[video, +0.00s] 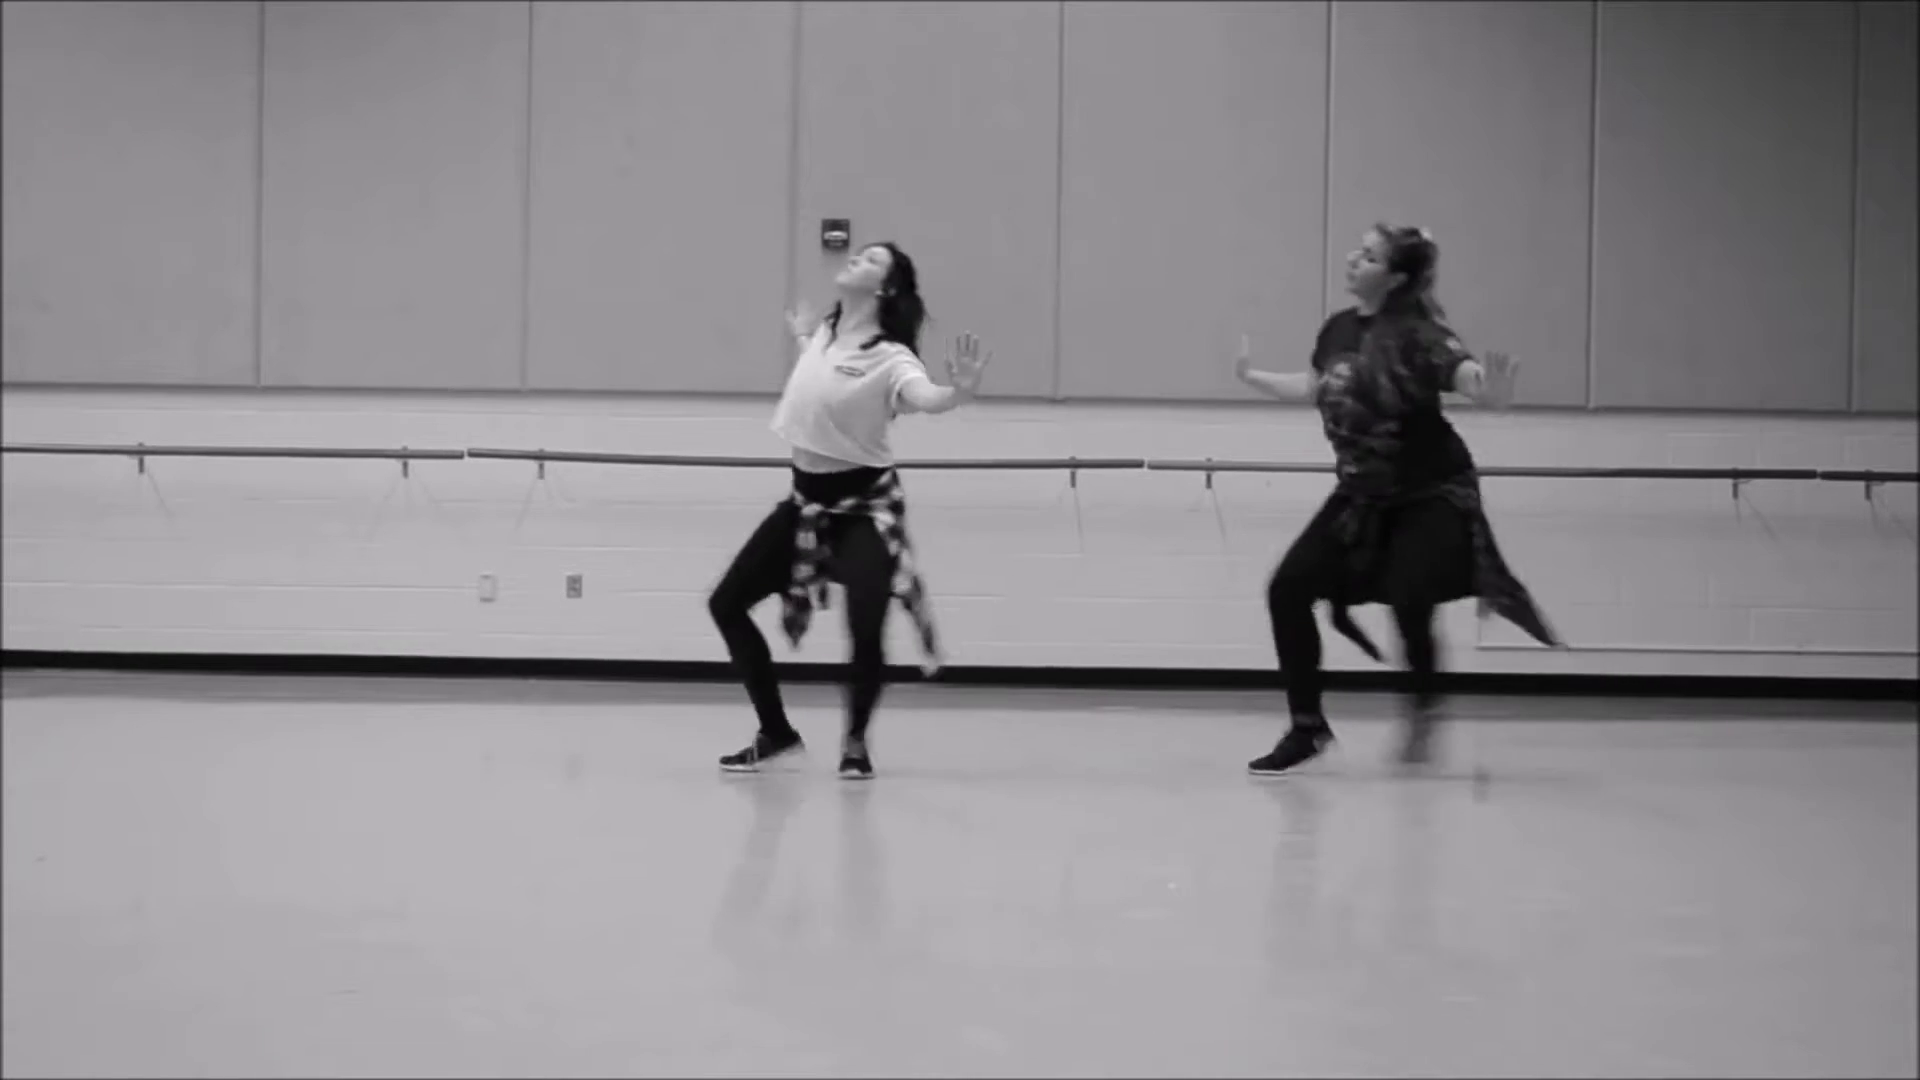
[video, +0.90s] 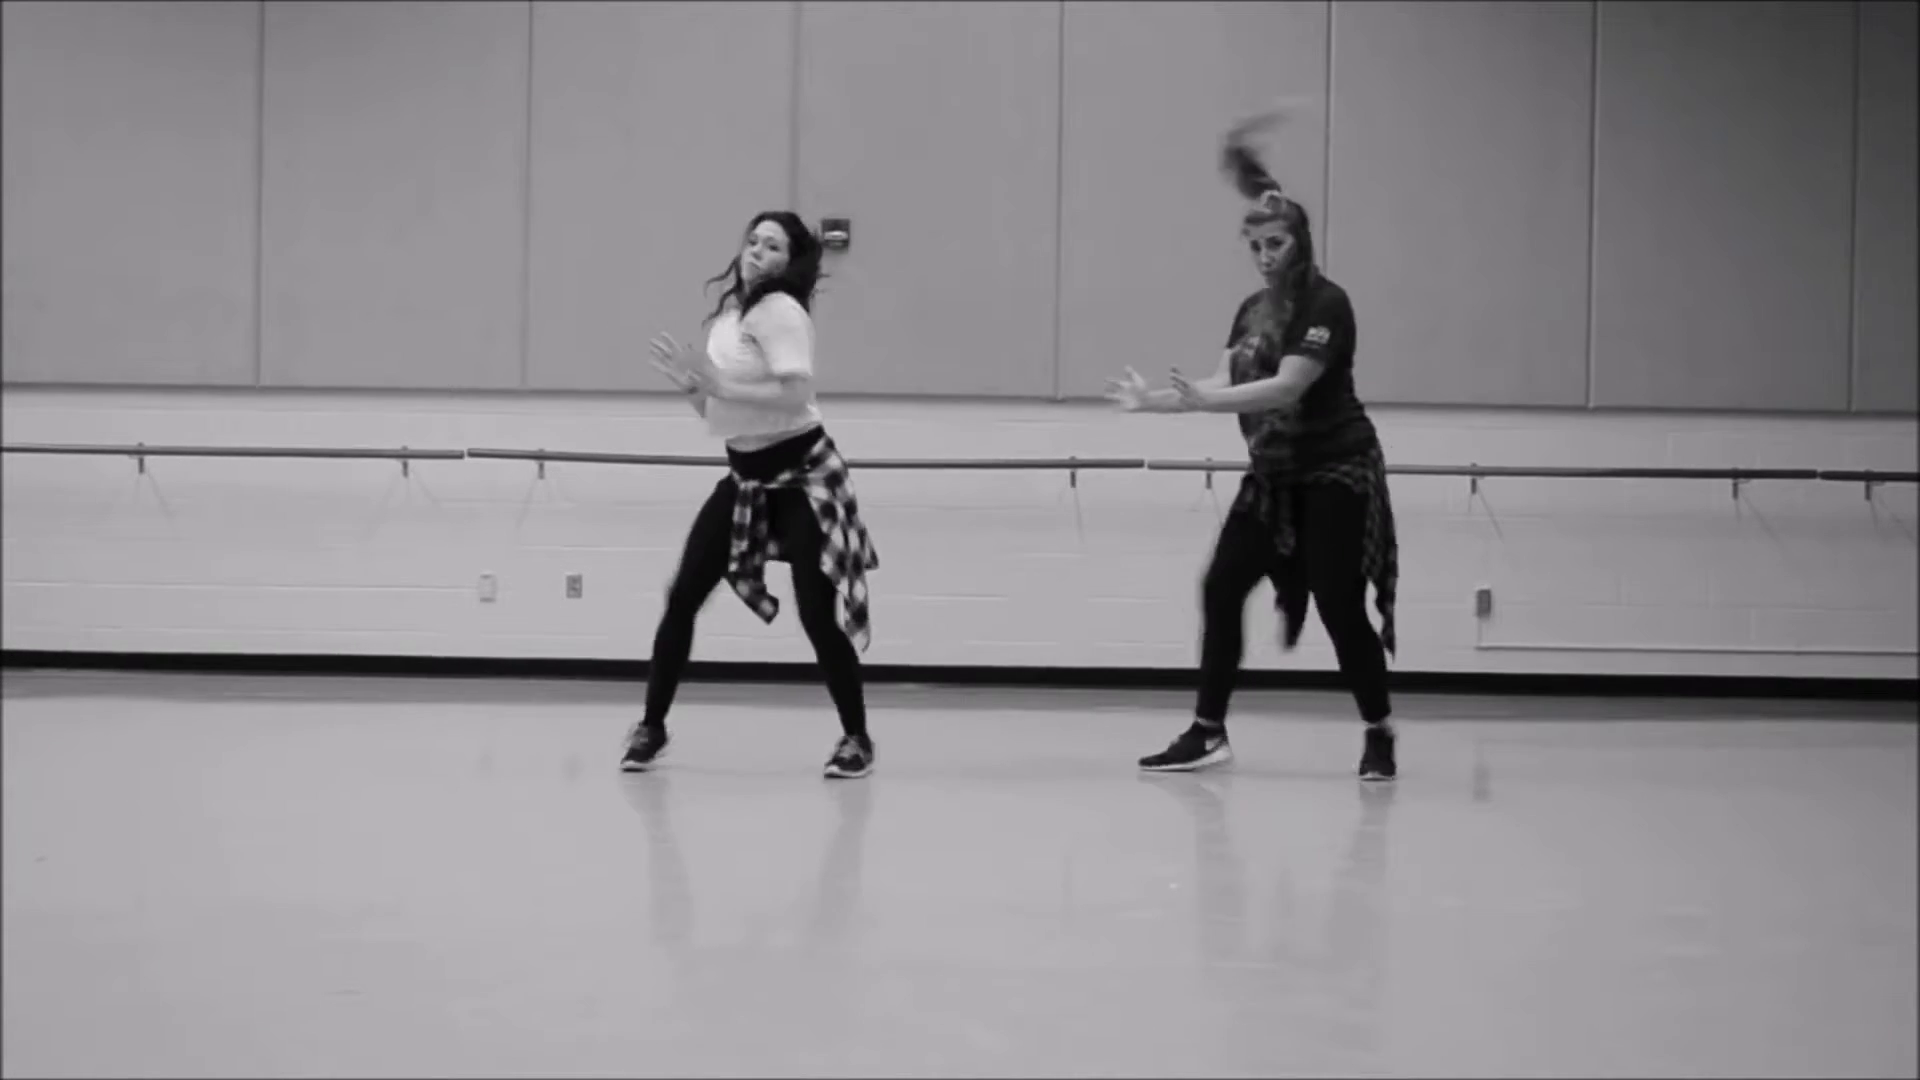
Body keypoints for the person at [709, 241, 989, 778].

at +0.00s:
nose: (852, 260)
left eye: (868, 259)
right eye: (855, 254)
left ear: (887, 289)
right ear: (844, 275)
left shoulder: (891, 356)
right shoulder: (823, 332)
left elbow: (924, 394)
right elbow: (812, 359)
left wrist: (957, 391)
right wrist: (798, 331)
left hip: (864, 508)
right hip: (805, 503)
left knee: (865, 633)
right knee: (726, 604)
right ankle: (775, 730)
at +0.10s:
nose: (845, 260)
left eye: (860, 258)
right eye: (848, 254)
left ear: (880, 288)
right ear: (838, 276)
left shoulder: (885, 355)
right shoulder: (819, 333)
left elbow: (916, 393)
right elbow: (806, 356)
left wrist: (957, 389)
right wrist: (795, 335)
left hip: (848, 508)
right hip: (789, 501)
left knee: (843, 631)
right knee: (690, 578)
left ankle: (850, 743)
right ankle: (730, 705)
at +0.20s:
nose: (837, 262)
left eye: (855, 263)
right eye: (841, 257)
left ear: (871, 295)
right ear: (830, 283)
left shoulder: (876, 362)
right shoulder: (809, 338)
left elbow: (916, 401)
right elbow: (808, 357)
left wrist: (964, 395)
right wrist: (797, 346)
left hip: (833, 510)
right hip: (773, 505)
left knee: (840, 631)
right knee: (679, 596)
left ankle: (849, 744)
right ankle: (660, 736)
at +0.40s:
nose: (837, 271)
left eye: (853, 272)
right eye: (841, 265)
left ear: (869, 303)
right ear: (831, 286)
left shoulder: (865, 368)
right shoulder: (798, 340)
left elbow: (875, 421)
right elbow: (769, 400)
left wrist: (876, 396)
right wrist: (717, 382)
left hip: (814, 510)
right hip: (752, 507)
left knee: (835, 628)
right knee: (659, 599)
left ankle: (850, 743)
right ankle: (658, 740)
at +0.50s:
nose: (837, 275)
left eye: (852, 275)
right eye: (842, 268)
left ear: (869, 304)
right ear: (833, 283)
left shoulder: (848, 361)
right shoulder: (787, 339)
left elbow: (773, 380)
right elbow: (711, 367)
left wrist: (714, 367)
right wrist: (630, 346)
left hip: (812, 507)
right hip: (752, 501)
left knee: (826, 629)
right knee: (664, 599)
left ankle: (850, 744)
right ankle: (659, 740)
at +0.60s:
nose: (796, 250)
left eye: (811, 246)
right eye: (797, 242)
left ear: (834, 267)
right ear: (792, 256)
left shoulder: (814, 315)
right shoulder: (776, 314)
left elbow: (735, 366)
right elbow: (721, 368)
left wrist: (660, 343)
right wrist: (662, 345)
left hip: (806, 485)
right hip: (757, 485)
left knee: (827, 620)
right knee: (683, 596)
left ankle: (851, 742)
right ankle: (665, 739)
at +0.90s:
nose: (756, 252)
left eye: (771, 248)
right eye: (752, 242)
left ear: (791, 265)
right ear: (739, 251)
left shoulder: (782, 311)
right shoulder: (725, 320)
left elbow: (798, 394)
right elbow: (725, 416)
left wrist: (718, 387)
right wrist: (694, 387)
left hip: (799, 478)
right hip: (744, 479)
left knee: (818, 617)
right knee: (683, 598)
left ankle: (857, 737)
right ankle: (652, 725)